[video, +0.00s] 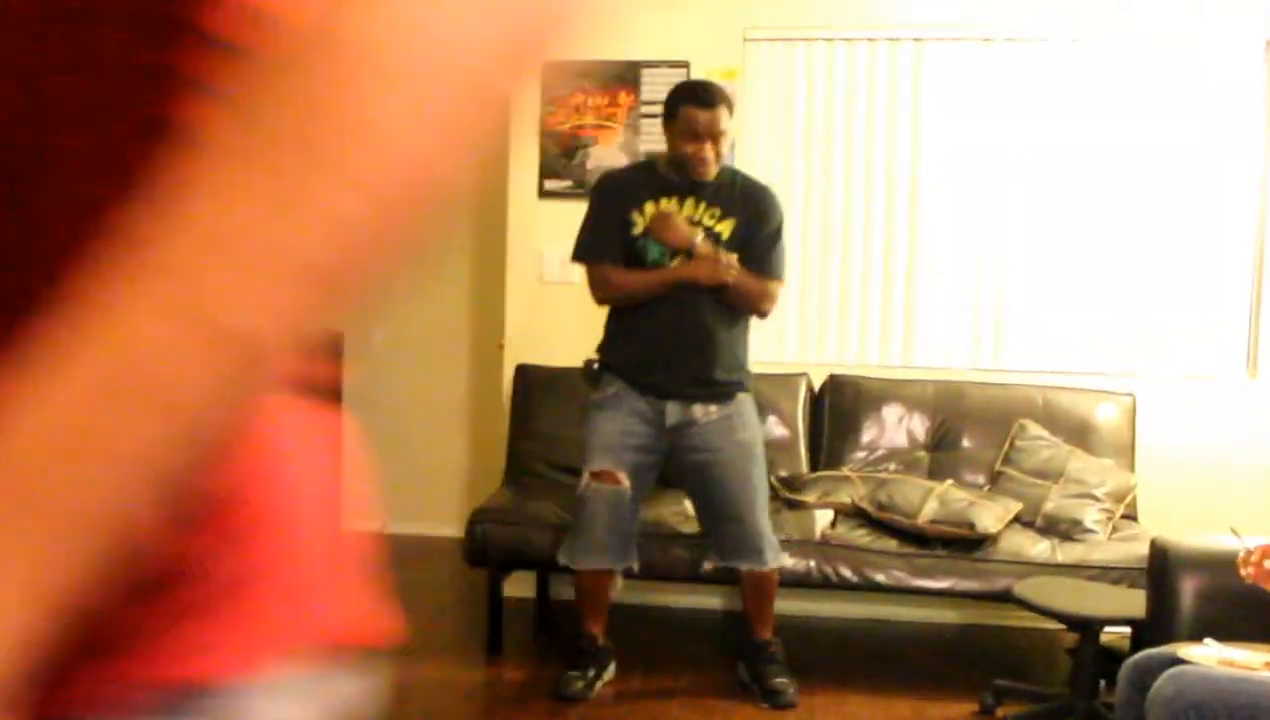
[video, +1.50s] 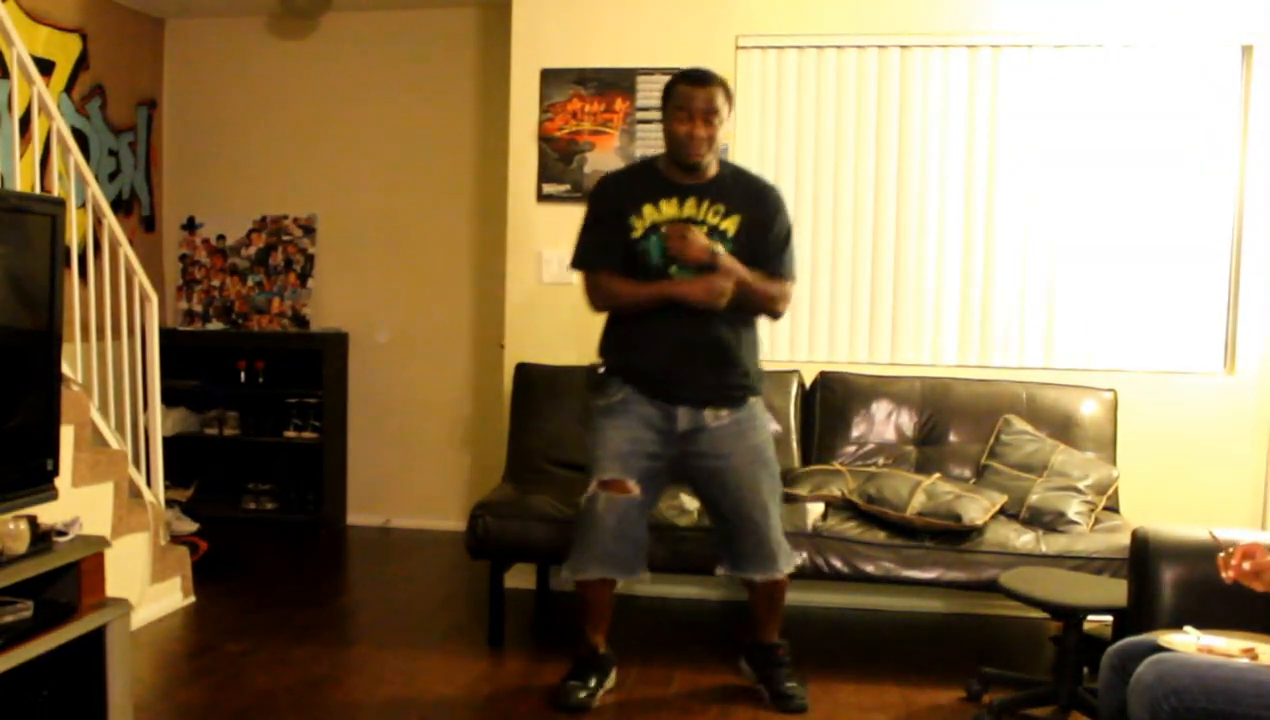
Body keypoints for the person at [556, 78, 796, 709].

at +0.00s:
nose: (705, 149)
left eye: (715, 136)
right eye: (692, 136)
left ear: (729, 134)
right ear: (667, 132)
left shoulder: (755, 203)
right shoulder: (621, 188)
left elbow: (763, 299)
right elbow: (603, 286)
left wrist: (692, 245)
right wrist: (693, 272)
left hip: (720, 397)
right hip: (627, 391)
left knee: (755, 535)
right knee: (600, 506)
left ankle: (763, 649)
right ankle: (591, 650)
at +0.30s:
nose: (683, 129)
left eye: (696, 118)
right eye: (673, 118)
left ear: (724, 123)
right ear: (662, 124)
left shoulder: (767, 187)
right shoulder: (630, 192)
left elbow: (799, 267)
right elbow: (590, 267)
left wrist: (818, 255)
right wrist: (585, 271)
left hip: (744, 385)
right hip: (653, 382)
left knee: (772, 523)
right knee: (619, 503)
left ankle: (776, 648)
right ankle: (600, 640)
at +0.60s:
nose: (691, 121)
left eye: (704, 108)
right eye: (680, 110)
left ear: (730, 113)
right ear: (668, 118)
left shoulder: (776, 181)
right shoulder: (639, 185)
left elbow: (793, 282)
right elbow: (624, 283)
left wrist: (774, 259)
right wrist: (664, 248)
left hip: (748, 382)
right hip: (655, 376)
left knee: (774, 518)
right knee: (621, 493)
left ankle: (773, 644)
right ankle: (596, 638)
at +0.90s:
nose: (676, 122)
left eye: (690, 112)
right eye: (666, 112)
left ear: (716, 122)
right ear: (654, 122)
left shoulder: (754, 197)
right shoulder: (615, 194)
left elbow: (781, 287)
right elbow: (586, 287)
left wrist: (759, 280)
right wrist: (633, 255)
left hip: (730, 395)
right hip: (636, 392)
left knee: (766, 531)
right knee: (603, 508)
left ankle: (772, 645)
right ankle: (595, 643)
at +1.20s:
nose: (707, 131)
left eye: (719, 119)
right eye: (694, 120)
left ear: (742, 125)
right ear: (680, 129)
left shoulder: (787, 201)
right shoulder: (647, 204)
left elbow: (808, 307)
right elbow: (644, 309)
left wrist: (823, 263)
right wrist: (624, 280)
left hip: (764, 401)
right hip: (668, 396)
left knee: (795, 542)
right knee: (628, 509)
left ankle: (781, 652)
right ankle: (603, 638)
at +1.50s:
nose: (696, 127)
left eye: (709, 116)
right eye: (683, 115)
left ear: (726, 123)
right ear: (663, 120)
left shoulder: (759, 200)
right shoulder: (618, 193)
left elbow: (776, 300)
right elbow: (600, 293)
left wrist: (715, 258)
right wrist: (681, 288)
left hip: (729, 402)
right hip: (632, 396)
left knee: (766, 540)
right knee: (604, 518)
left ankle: (769, 650)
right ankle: (592, 657)